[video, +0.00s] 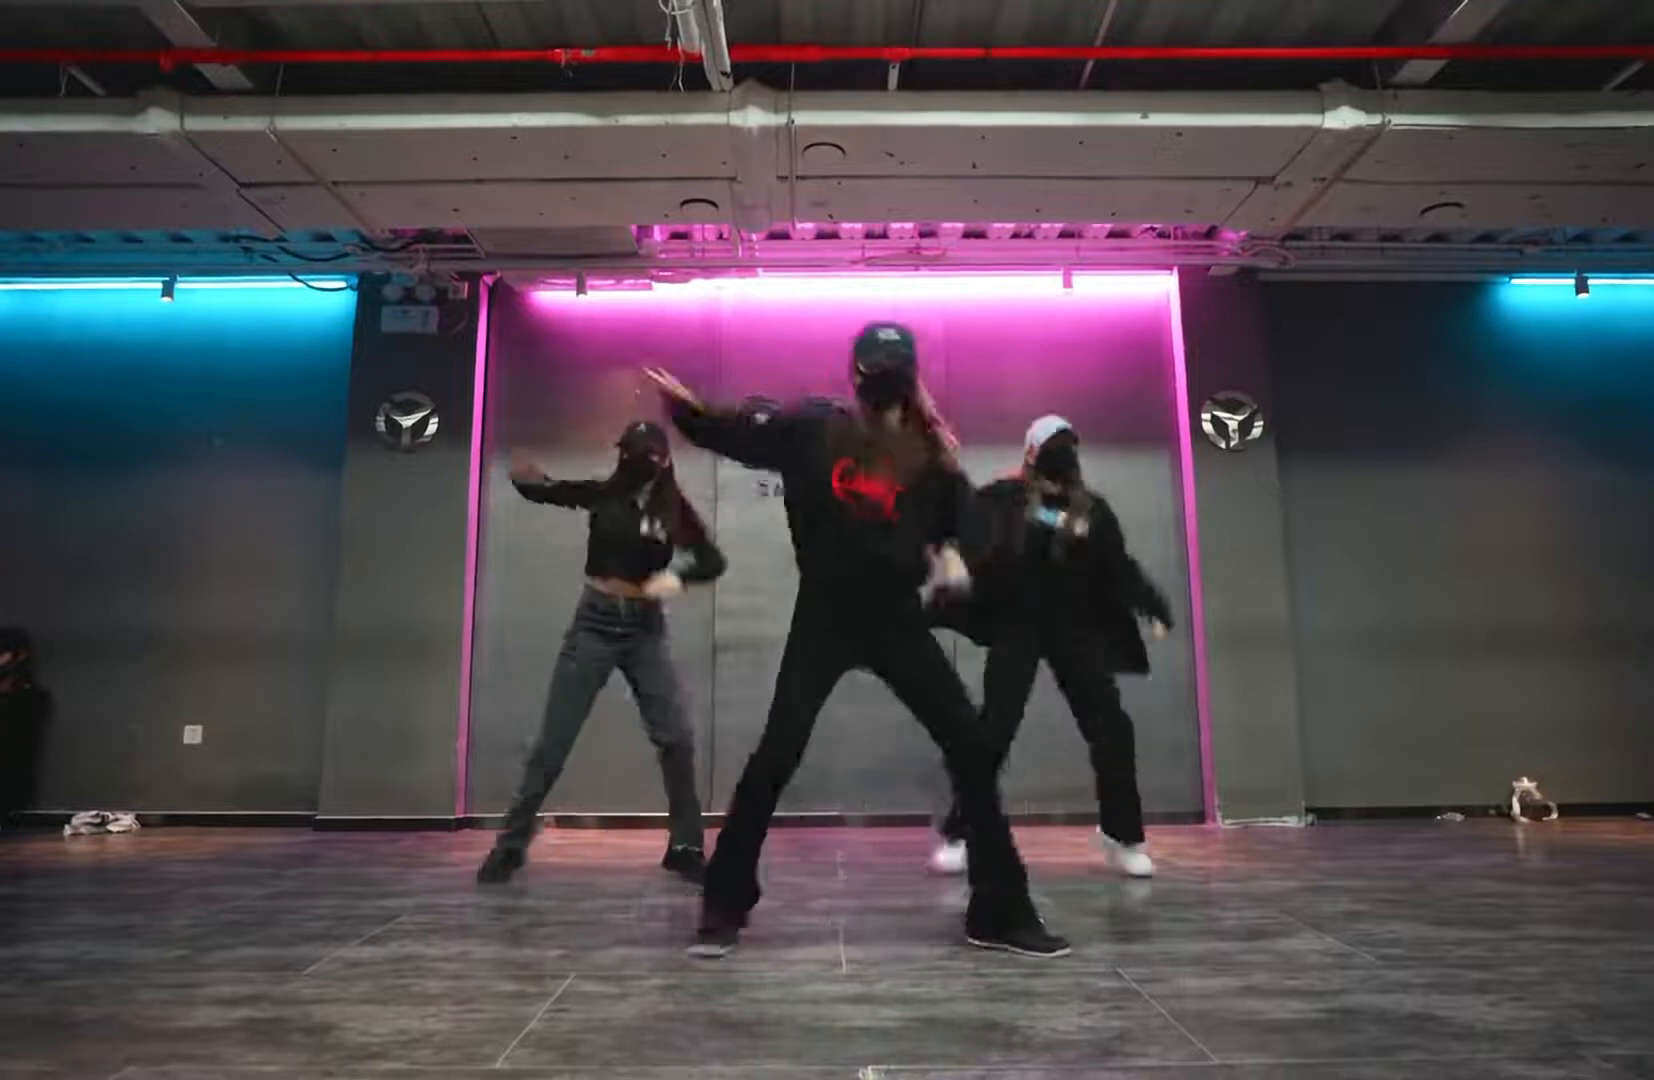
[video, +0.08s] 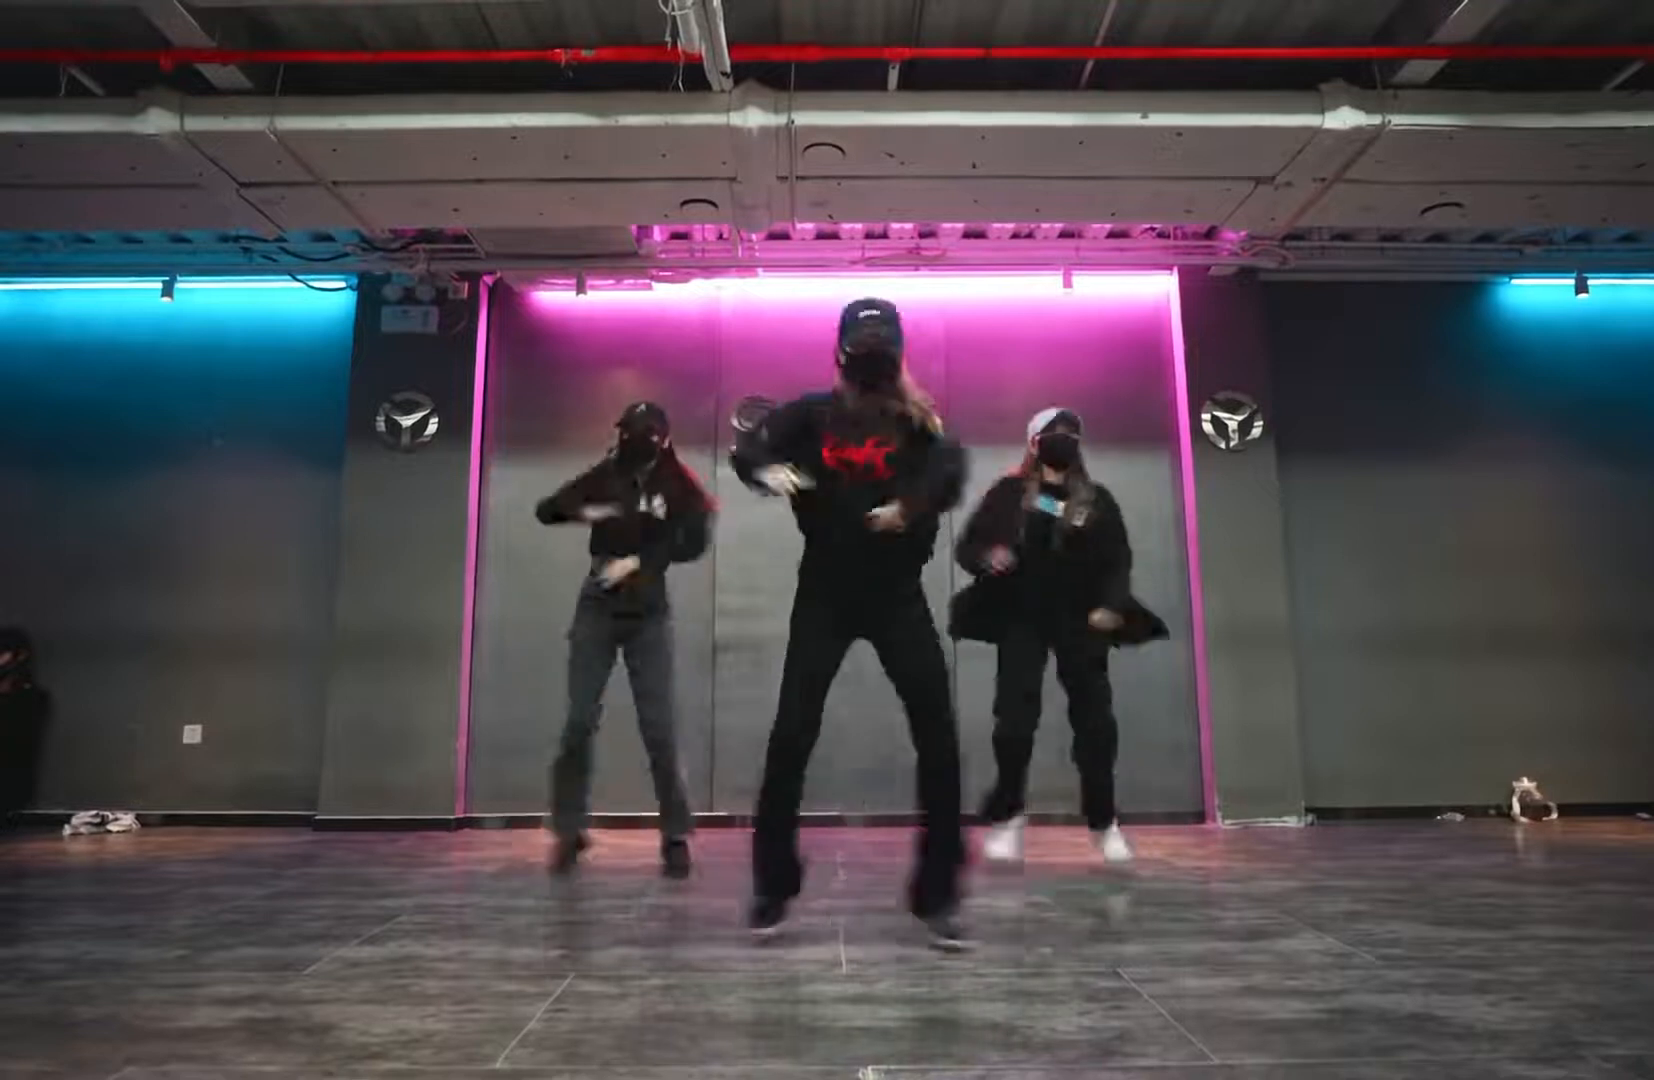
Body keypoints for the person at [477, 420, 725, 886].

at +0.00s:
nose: (641, 466)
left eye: (650, 458)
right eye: (634, 457)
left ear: (663, 461)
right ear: (622, 457)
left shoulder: (672, 505)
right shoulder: (603, 494)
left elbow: (711, 561)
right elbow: (548, 493)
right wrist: (526, 478)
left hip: (645, 629)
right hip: (594, 623)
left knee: (676, 738)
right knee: (551, 746)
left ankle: (685, 848)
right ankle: (509, 849)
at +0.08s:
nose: (633, 447)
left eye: (643, 439)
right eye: (628, 438)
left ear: (662, 440)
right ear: (620, 437)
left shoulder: (679, 482)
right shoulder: (606, 475)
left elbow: (694, 541)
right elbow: (548, 510)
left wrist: (641, 560)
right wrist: (584, 508)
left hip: (649, 608)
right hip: (597, 606)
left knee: (658, 728)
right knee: (580, 721)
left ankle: (675, 838)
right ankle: (568, 833)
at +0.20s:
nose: (640, 455)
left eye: (649, 446)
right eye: (633, 446)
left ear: (661, 443)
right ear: (619, 442)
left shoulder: (670, 486)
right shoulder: (607, 481)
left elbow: (652, 555)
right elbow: (575, 547)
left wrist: (581, 584)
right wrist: (605, 550)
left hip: (656, 615)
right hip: (608, 614)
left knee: (652, 731)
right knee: (614, 731)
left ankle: (663, 835)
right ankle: (622, 832)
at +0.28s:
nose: (639, 457)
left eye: (648, 448)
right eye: (631, 447)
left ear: (661, 448)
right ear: (617, 447)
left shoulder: (671, 495)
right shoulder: (607, 490)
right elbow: (575, 552)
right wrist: (606, 553)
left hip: (660, 619)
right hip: (610, 619)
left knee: (664, 737)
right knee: (616, 737)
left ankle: (676, 844)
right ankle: (622, 842)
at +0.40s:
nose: (639, 451)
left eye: (647, 444)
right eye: (631, 443)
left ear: (659, 447)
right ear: (616, 444)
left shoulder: (669, 489)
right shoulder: (599, 492)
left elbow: (685, 539)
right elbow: (603, 553)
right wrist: (662, 555)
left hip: (659, 617)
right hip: (612, 617)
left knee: (664, 727)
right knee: (611, 726)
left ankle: (675, 840)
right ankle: (649, 812)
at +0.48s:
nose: (633, 461)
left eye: (640, 453)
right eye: (625, 454)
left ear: (654, 453)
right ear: (612, 453)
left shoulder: (667, 492)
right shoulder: (599, 496)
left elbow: (706, 538)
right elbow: (612, 539)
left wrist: (753, 581)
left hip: (650, 620)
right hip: (604, 619)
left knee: (654, 738)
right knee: (604, 730)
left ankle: (673, 845)